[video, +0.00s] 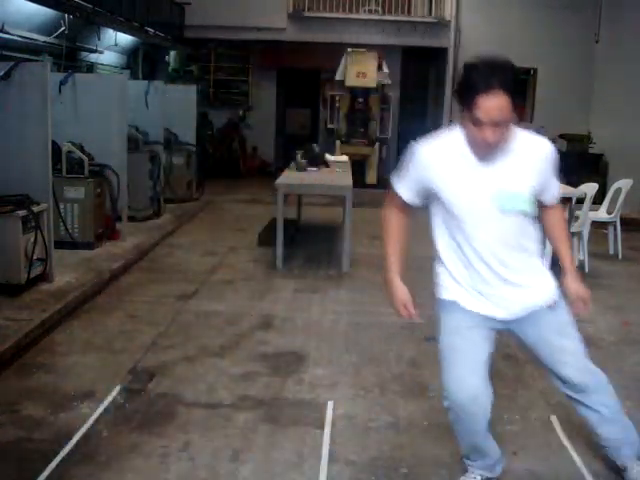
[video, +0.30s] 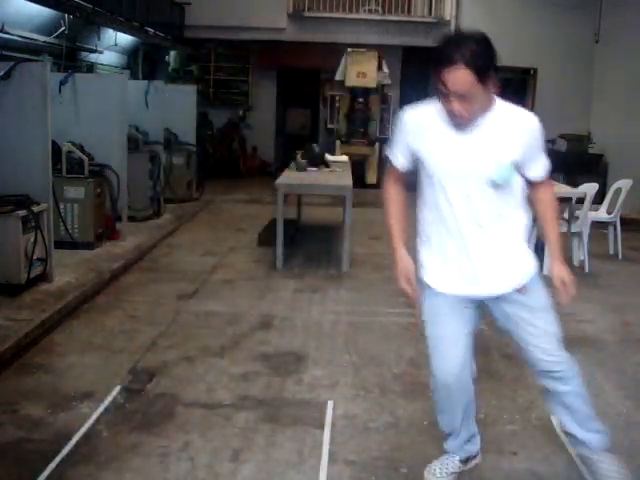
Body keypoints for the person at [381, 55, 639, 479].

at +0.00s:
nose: (490, 135)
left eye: (500, 125)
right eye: (480, 125)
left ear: (515, 113)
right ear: (462, 113)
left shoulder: (538, 152)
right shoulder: (429, 155)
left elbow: (552, 207)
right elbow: (395, 204)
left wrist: (569, 271)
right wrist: (394, 277)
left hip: (531, 292)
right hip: (463, 298)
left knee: (580, 376)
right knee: (464, 396)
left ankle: (630, 460)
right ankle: (482, 465)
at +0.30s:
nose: (454, 106)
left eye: (464, 96)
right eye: (447, 94)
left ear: (490, 84)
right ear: (437, 83)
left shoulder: (522, 126)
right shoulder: (415, 122)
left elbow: (540, 185)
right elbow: (395, 179)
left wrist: (556, 257)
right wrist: (400, 252)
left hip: (513, 275)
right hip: (444, 278)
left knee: (552, 362)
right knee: (447, 373)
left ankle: (594, 450)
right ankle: (461, 449)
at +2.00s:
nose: (444, 98)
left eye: (454, 87)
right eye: (435, 88)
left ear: (467, 76)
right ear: (418, 78)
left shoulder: (488, 111)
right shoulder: (388, 111)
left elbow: (505, 162)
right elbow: (359, 152)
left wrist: (513, 224)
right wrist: (360, 218)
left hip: (478, 240)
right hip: (417, 247)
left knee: (507, 326)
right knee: (435, 339)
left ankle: (519, 399)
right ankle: (472, 414)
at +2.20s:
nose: (479, 154)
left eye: (488, 144)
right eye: (471, 144)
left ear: (510, 133)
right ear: (463, 136)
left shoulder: (545, 162)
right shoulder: (446, 167)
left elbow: (562, 210)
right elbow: (424, 216)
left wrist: (572, 269)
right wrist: (404, 276)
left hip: (538, 286)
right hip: (475, 287)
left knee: (578, 362)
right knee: (460, 366)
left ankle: (610, 434)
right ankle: (476, 429)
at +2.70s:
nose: (355, 92)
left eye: (363, 82)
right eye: (351, 83)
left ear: (396, 77)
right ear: (349, 79)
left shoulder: (437, 123)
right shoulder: (347, 112)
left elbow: (456, 193)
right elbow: (338, 167)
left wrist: (449, 264)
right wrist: (321, 227)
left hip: (411, 259)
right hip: (350, 249)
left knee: (414, 349)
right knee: (308, 320)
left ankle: (429, 424)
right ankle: (301, 394)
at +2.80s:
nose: (321, 98)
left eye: (330, 88)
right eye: (317, 88)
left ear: (360, 85)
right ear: (313, 84)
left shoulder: (395, 133)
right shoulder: (306, 116)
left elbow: (413, 203)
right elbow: (298, 175)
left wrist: (412, 276)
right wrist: (278, 237)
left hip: (368, 266)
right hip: (307, 255)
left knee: (393, 346)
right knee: (259, 328)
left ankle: (430, 423)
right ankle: (236, 404)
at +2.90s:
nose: (284, 86)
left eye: (294, 78)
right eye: (281, 76)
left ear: (324, 74)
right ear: (276, 70)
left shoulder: (351, 124)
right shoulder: (263, 99)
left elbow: (371, 190)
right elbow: (246, 154)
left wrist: (375, 259)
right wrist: (231, 212)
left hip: (318, 250)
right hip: (258, 241)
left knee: (340, 334)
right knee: (239, 324)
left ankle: (387, 415)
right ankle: (238, 400)